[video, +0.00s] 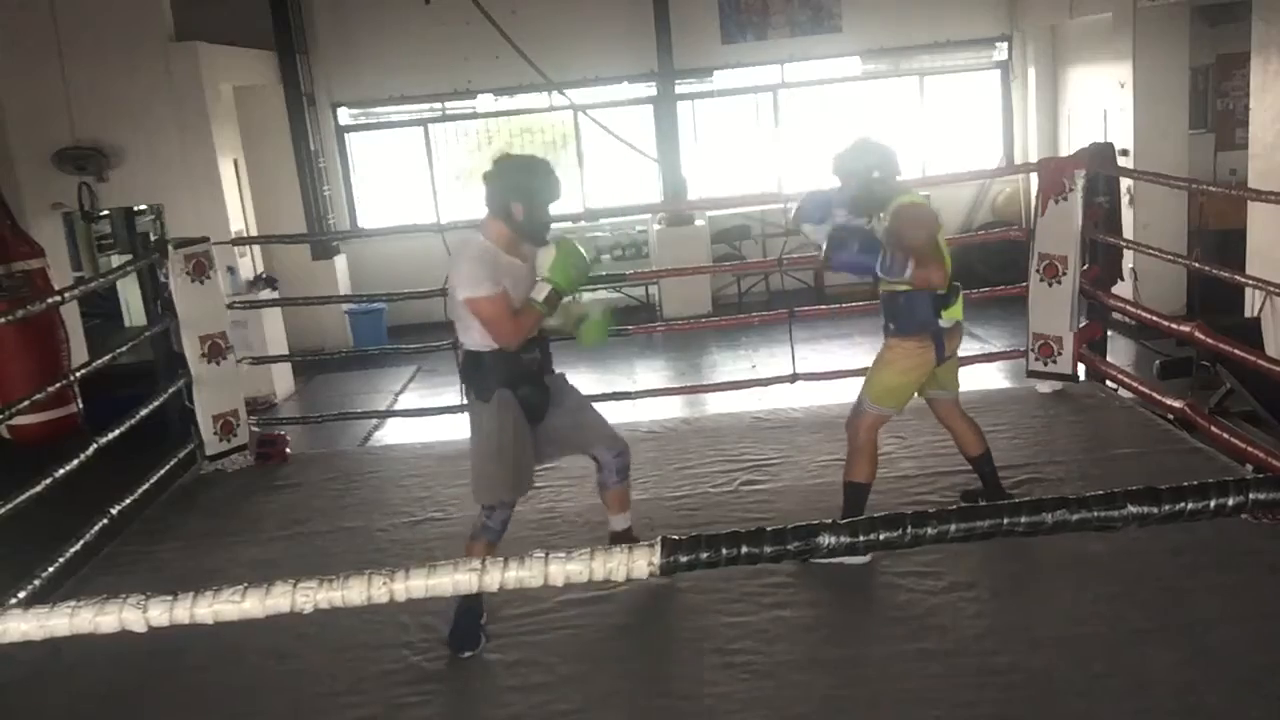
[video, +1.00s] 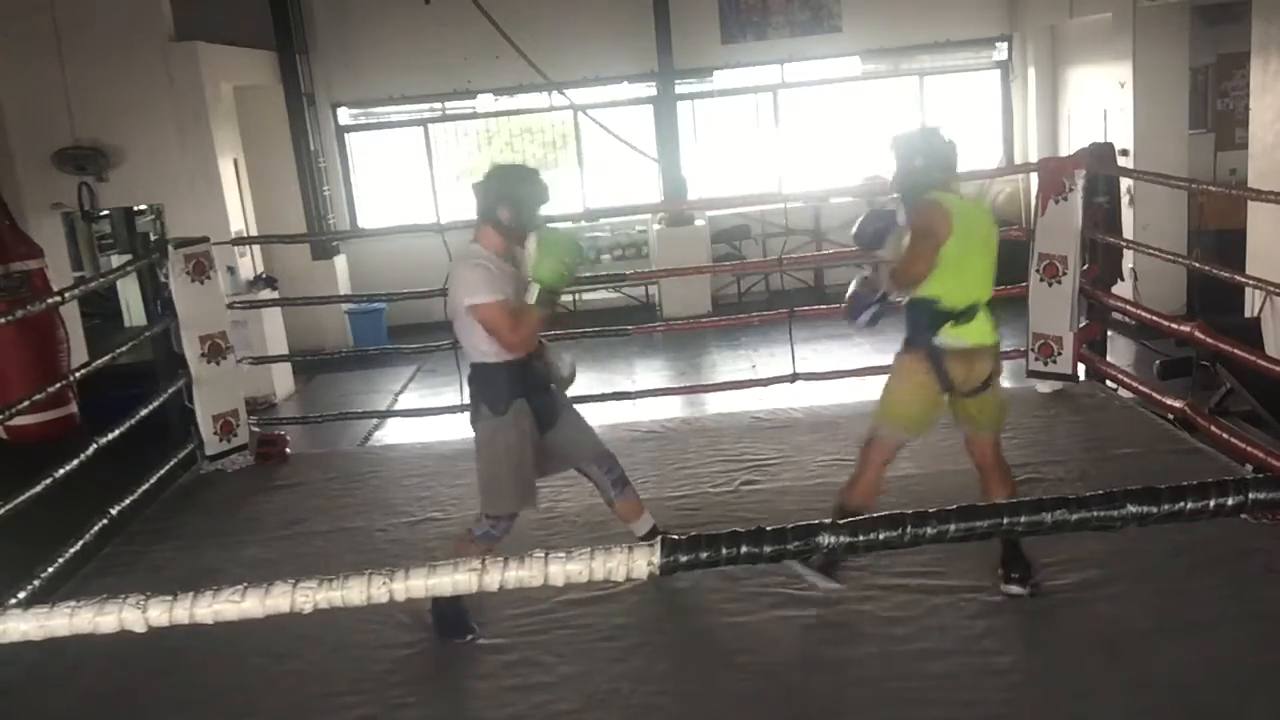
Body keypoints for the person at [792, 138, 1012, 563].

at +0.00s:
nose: (846, 189)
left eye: (850, 180)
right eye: (844, 181)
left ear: (871, 176)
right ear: (885, 172)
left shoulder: (907, 213)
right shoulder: (896, 210)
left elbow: (935, 275)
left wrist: (877, 262)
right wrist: (833, 212)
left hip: (913, 337)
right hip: (941, 331)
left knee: (861, 424)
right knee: (948, 409)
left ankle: (851, 529)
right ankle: (995, 491)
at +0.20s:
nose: (835, 194)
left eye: (837, 184)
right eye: (832, 186)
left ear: (859, 181)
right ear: (877, 174)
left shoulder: (889, 217)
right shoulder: (903, 208)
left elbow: (875, 279)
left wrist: (844, 254)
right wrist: (824, 231)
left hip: (906, 343)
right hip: (940, 333)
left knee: (849, 425)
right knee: (944, 409)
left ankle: (847, 531)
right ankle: (993, 492)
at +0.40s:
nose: (811, 207)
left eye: (813, 198)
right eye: (810, 199)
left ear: (828, 193)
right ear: (856, 184)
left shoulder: (851, 222)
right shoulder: (892, 216)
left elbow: (844, 262)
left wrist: (795, 261)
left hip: (880, 353)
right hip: (928, 341)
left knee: (811, 426)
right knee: (950, 418)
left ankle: (799, 523)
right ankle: (992, 490)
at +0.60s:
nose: (808, 194)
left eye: (811, 187)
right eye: (809, 186)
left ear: (821, 189)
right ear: (856, 182)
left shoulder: (824, 233)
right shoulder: (891, 228)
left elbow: (762, 267)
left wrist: (746, 246)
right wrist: (799, 233)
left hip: (848, 374)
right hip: (907, 367)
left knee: (789, 446)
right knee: (942, 436)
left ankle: (772, 555)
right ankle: (1000, 517)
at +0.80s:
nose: (856, 199)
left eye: (859, 191)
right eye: (856, 191)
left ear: (872, 192)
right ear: (906, 189)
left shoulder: (874, 238)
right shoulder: (940, 240)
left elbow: (852, 307)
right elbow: (934, 303)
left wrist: (832, 328)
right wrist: (854, 317)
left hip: (877, 381)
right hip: (936, 378)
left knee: (823, 460)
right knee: (967, 462)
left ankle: (779, 555)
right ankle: (1012, 560)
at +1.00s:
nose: (896, 178)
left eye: (900, 167)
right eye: (897, 168)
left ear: (917, 169)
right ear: (949, 166)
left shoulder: (930, 210)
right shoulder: (982, 215)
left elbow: (912, 272)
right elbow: (965, 274)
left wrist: (884, 276)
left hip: (930, 355)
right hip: (981, 354)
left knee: (876, 454)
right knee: (989, 456)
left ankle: (831, 551)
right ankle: (1015, 561)